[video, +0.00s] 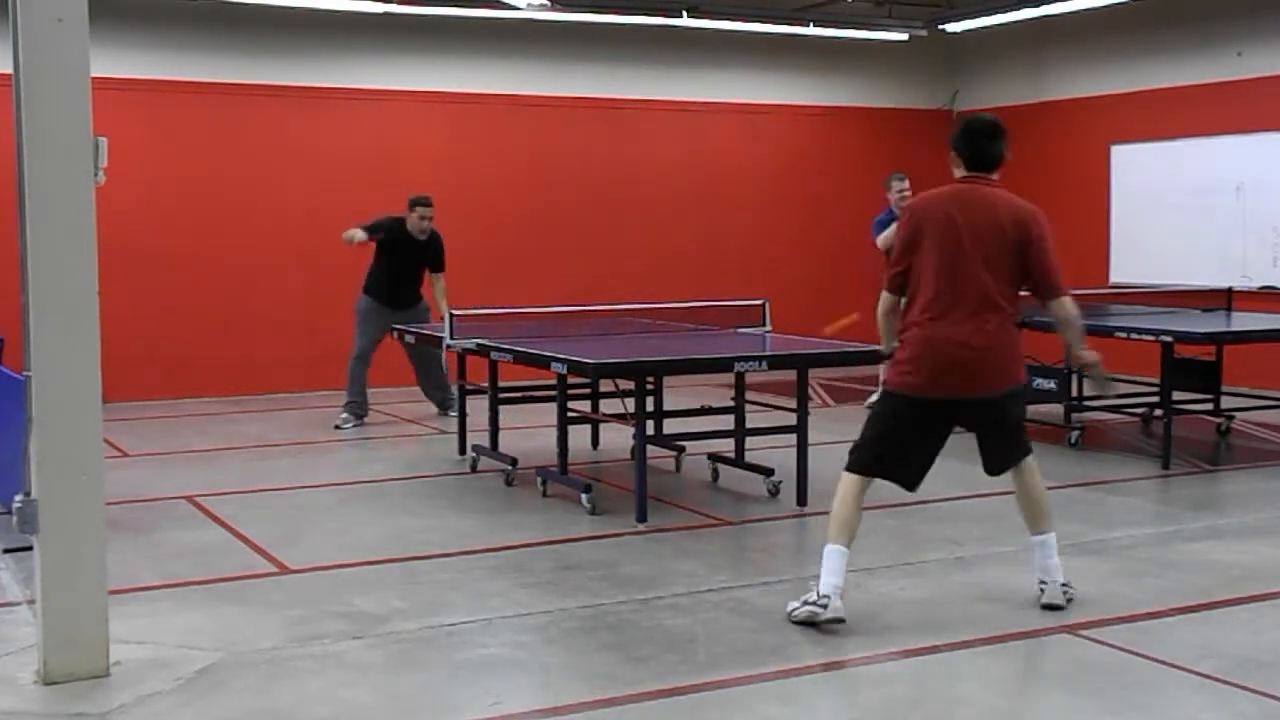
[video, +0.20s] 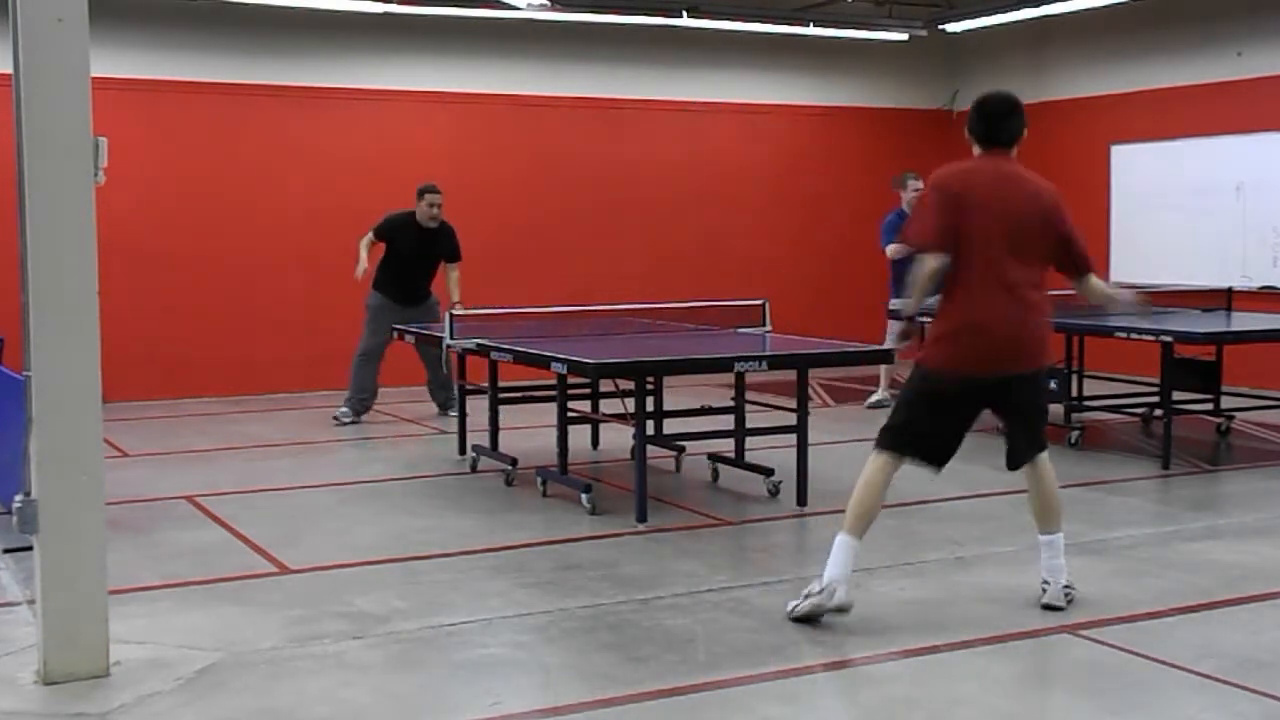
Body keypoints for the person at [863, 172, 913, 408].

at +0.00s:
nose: (905, 196)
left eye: (907, 191)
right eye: (899, 192)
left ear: (912, 192)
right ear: (888, 196)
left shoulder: (921, 215)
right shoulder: (882, 221)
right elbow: (882, 243)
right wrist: (907, 219)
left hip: (922, 281)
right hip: (896, 283)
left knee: (919, 331)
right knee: (891, 337)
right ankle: (884, 386)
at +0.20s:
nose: (920, 195)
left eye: (922, 190)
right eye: (915, 191)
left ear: (925, 193)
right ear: (901, 193)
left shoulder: (930, 219)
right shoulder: (894, 220)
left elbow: (942, 246)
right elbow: (892, 251)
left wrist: (914, 243)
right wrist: (923, 241)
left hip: (932, 291)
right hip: (902, 292)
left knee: (934, 343)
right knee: (891, 344)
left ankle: (937, 395)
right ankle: (883, 389)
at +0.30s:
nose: (931, 199)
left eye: (933, 194)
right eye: (926, 194)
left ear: (935, 197)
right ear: (912, 197)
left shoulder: (941, 227)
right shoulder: (902, 226)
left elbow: (948, 252)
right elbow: (900, 255)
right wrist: (931, 249)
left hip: (937, 297)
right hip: (908, 297)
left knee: (938, 350)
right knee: (895, 348)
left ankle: (937, 398)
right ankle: (884, 390)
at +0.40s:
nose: (943, 201)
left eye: (945, 196)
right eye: (938, 197)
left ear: (948, 199)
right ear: (926, 200)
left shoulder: (949, 225)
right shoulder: (915, 226)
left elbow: (959, 253)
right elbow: (906, 257)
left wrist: (965, 278)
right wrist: (936, 255)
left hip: (943, 295)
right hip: (915, 295)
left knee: (950, 346)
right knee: (900, 346)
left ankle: (950, 397)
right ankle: (884, 391)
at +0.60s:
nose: (952, 204)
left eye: (955, 199)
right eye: (947, 199)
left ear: (959, 200)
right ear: (936, 201)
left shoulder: (964, 226)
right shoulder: (924, 228)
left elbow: (978, 253)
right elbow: (914, 261)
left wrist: (981, 272)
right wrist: (933, 270)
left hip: (958, 296)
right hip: (926, 297)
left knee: (976, 339)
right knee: (911, 342)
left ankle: (978, 391)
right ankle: (896, 389)